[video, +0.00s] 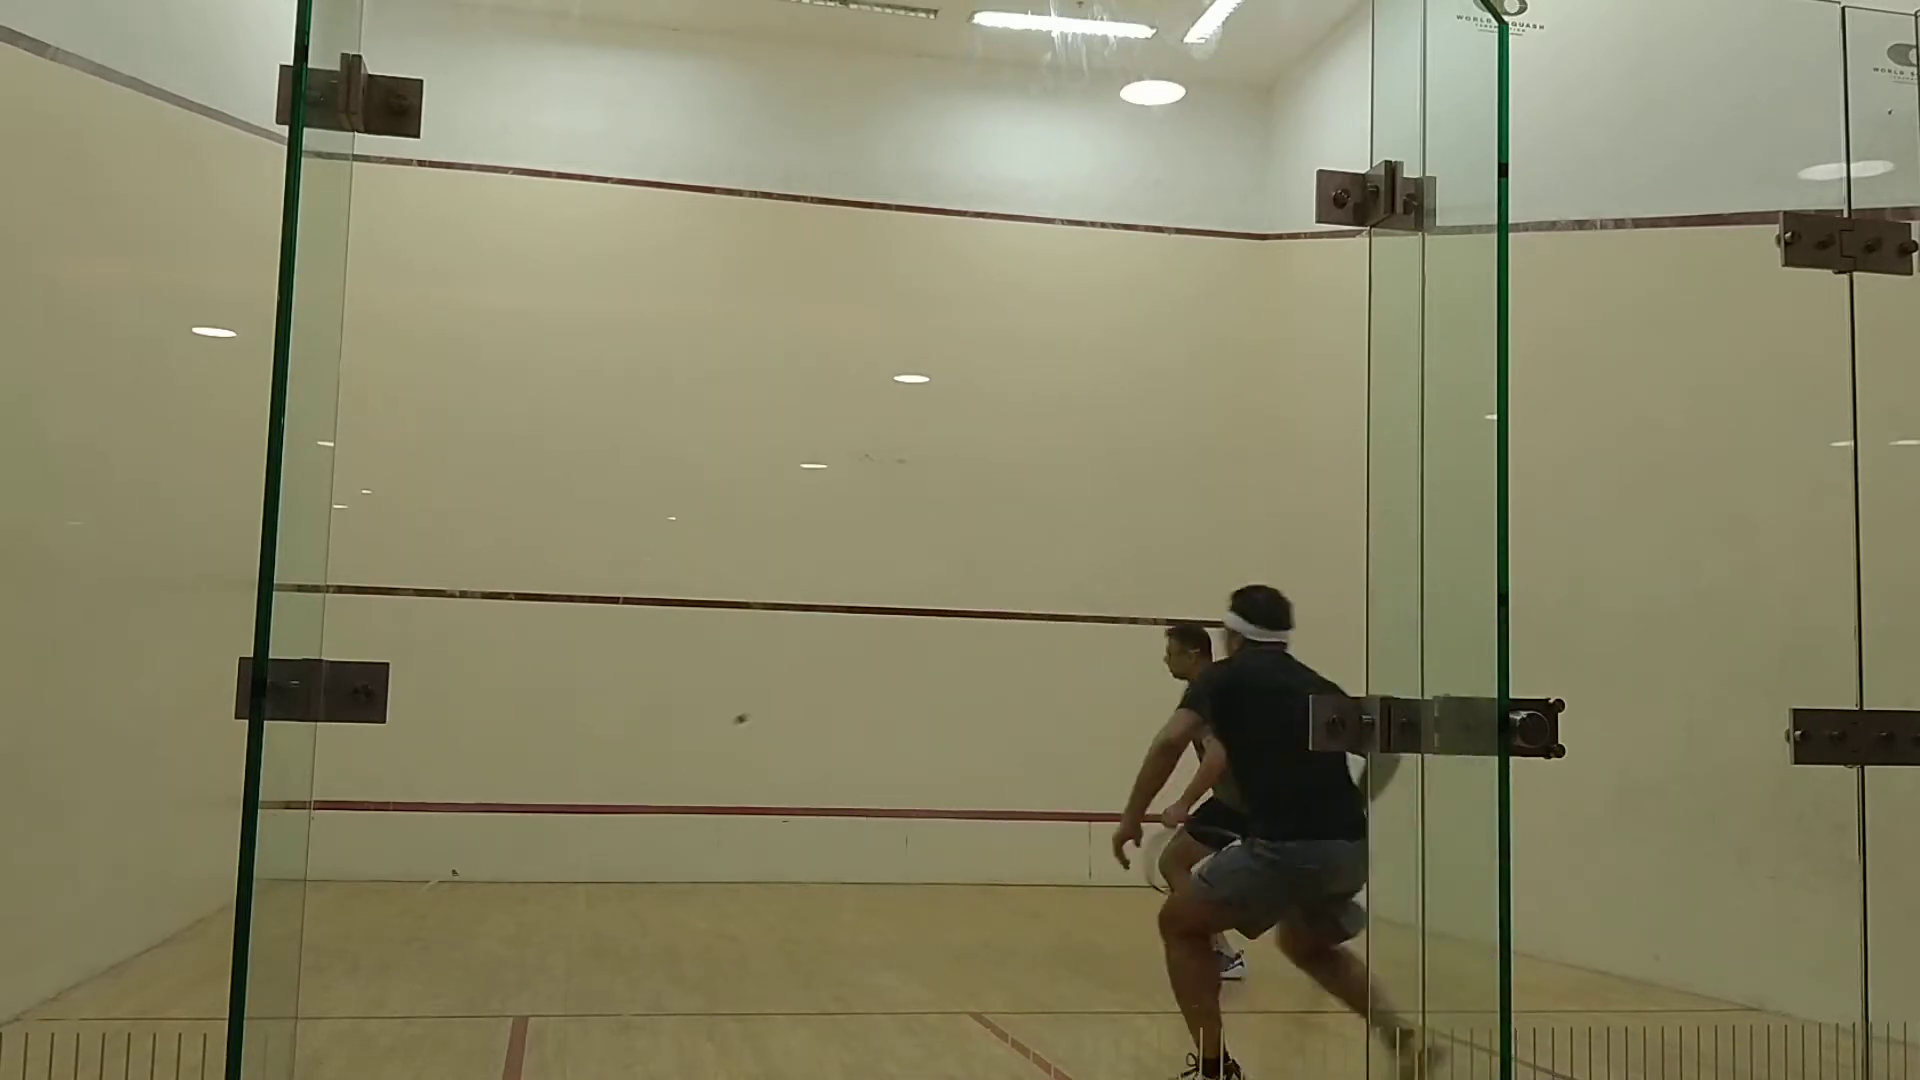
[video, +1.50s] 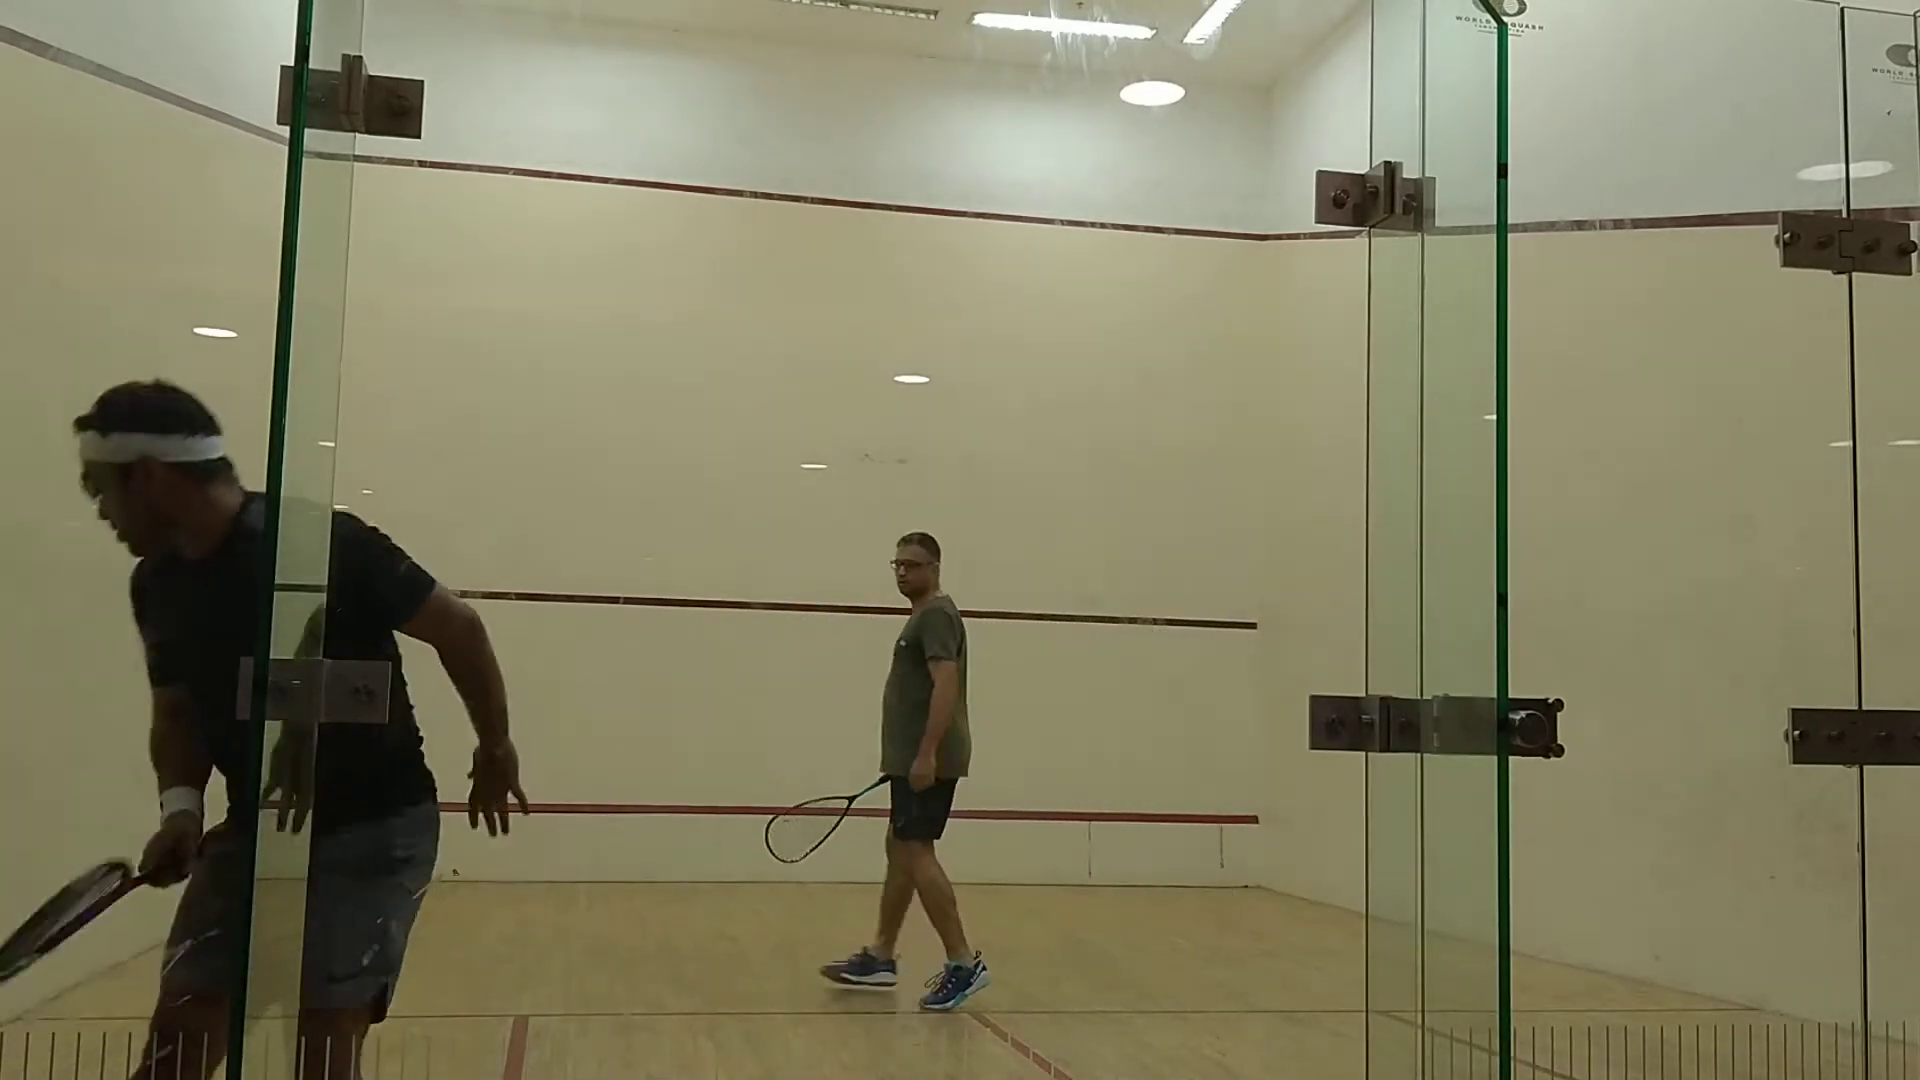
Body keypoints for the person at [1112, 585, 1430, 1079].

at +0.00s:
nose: (1221, 635)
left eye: (1224, 628)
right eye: (1225, 628)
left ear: (1234, 634)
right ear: (1284, 635)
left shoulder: (1220, 678)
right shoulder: (1320, 685)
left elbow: (1169, 742)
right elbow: (1389, 747)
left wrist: (1132, 818)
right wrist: (1358, 807)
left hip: (1283, 850)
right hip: (1350, 848)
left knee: (1181, 923)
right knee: (1303, 943)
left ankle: (1213, 1065)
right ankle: (1404, 1038)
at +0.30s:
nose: (1149, 595)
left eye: (1157, 589)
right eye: (1148, 588)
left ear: (1180, 593)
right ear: (1170, 595)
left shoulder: (1184, 634)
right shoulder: (1195, 631)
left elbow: (1200, 697)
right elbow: (1209, 698)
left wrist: (1181, 755)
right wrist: (1170, 745)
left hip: (1193, 758)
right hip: (1213, 757)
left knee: (1165, 851)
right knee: (1197, 853)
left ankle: (1193, 942)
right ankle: (1242, 946)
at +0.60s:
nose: (1114, 597)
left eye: (1125, 591)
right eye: (1111, 589)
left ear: (1145, 598)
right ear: (1108, 593)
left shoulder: (1147, 645)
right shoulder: (1120, 642)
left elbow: (1133, 715)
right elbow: (1116, 715)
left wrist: (1101, 771)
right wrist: (1099, 772)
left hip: (1139, 773)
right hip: (1121, 772)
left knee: (1118, 865)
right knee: (1101, 863)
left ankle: (1138, 977)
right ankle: (1178, 942)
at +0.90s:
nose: (1050, 586)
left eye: (1061, 580)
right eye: (1046, 580)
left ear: (1082, 586)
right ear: (1041, 585)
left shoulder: (1084, 635)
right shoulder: (1053, 636)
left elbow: (1089, 704)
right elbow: (1045, 708)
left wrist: (1061, 760)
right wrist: (1021, 758)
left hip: (1073, 776)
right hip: (1043, 773)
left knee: (1053, 866)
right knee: (1022, 856)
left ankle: (1124, 960)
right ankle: (1043, 969)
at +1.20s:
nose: (972, 589)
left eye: (983, 583)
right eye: (968, 582)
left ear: (1004, 587)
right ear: (964, 588)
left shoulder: (1010, 638)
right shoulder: (974, 640)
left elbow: (1030, 706)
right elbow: (963, 712)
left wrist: (1027, 774)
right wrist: (936, 762)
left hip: (985, 774)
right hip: (966, 774)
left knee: (942, 860)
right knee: (971, 869)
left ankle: (970, 977)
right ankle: (1032, 961)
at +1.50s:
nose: (902, 572)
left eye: (912, 565)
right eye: (898, 565)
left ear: (935, 568)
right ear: (898, 570)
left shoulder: (936, 615)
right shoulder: (924, 616)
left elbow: (945, 687)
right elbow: (923, 694)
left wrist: (926, 754)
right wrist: (899, 755)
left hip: (929, 762)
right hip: (913, 760)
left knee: (916, 853)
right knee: (899, 850)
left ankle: (963, 962)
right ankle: (880, 957)